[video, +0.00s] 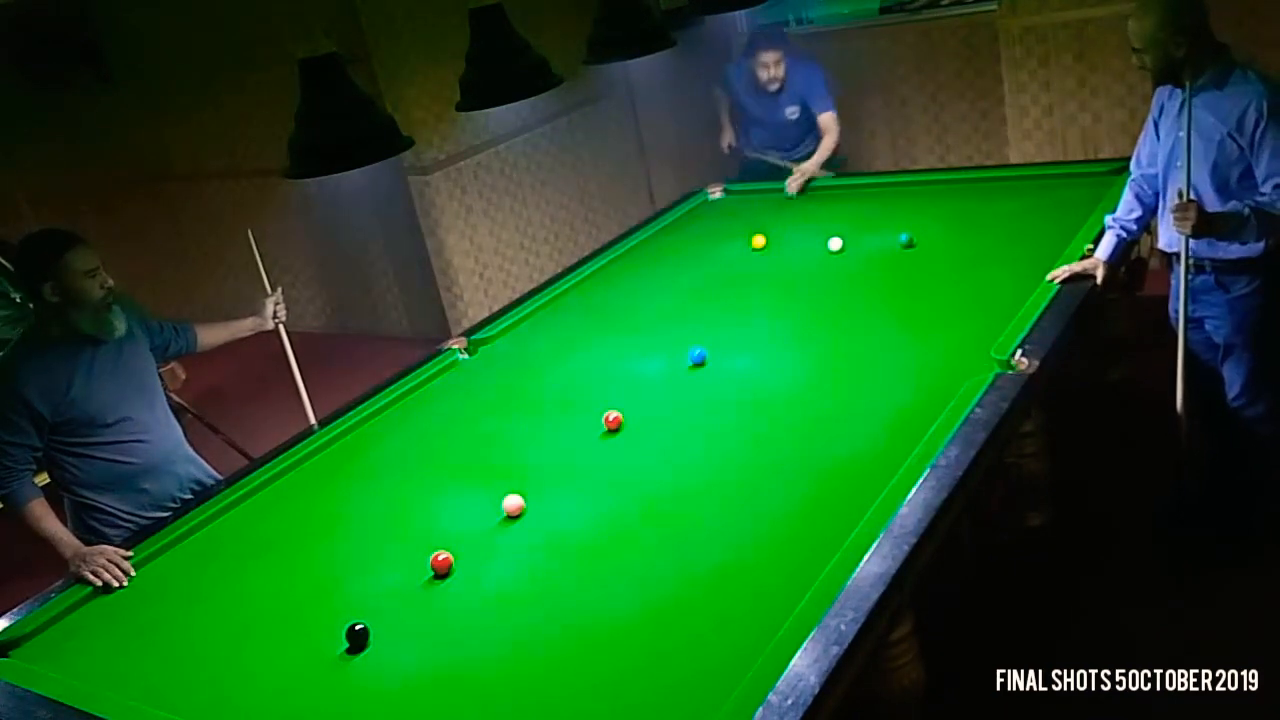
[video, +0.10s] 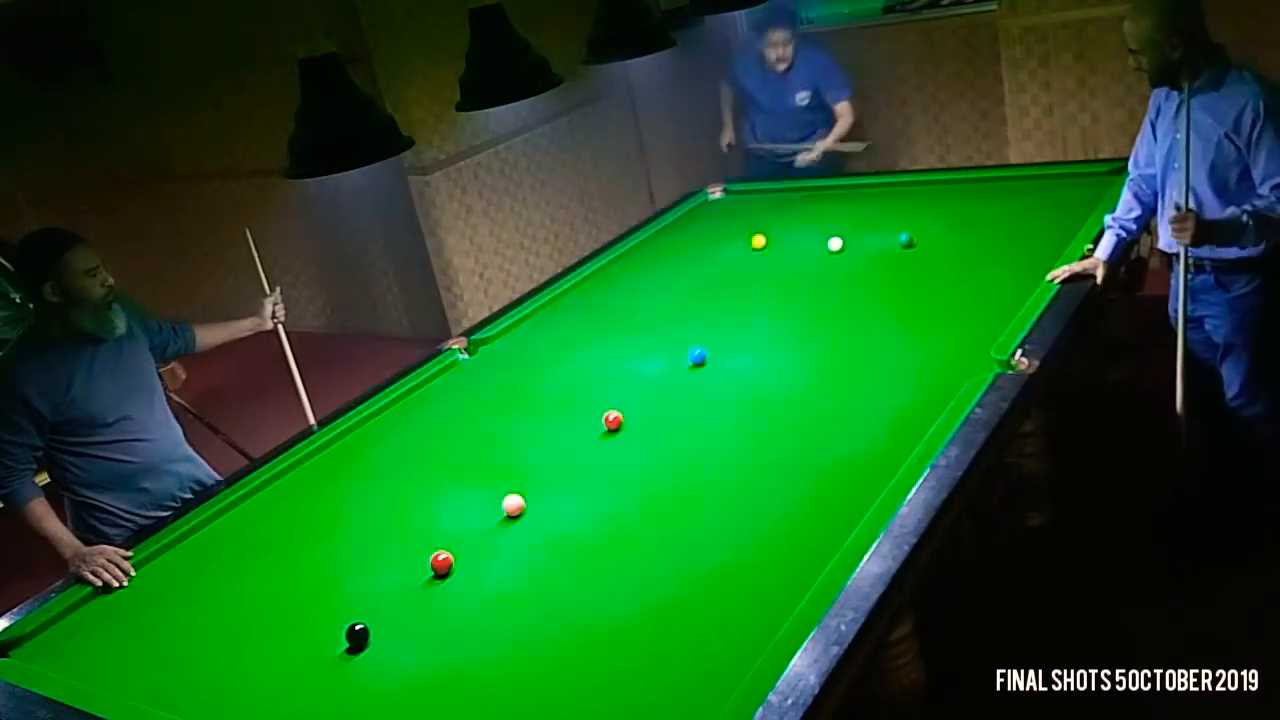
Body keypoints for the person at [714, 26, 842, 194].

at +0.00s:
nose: (772, 74)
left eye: (778, 65)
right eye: (764, 67)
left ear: (786, 61)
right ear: (750, 65)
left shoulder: (807, 76)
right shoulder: (736, 76)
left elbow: (831, 131)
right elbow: (720, 91)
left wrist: (811, 166)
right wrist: (726, 127)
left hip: (803, 161)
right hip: (758, 161)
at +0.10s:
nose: (780, 54)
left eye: (786, 45)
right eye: (773, 46)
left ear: (794, 42)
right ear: (759, 45)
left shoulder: (815, 62)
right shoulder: (744, 63)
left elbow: (845, 115)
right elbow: (727, 86)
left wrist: (822, 147)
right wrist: (728, 127)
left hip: (810, 157)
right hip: (763, 157)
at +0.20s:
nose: (789, 35)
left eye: (795, 27)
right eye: (781, 28)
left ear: (804, 26)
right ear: (769, 30)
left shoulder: (824, 50)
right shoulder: (751, 52)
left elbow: (854, 97)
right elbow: (733, 82)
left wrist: (831, 129)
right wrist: (730, 128)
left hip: (816, 152)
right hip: (767, 152)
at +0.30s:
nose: (797, 19)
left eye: (802, 12)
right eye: (789, 13)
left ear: (811, 15)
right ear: (776, 17)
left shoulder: (830, 37)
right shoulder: (755, 45)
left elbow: (855, 77)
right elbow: (738, 82)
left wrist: (844, 110)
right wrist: (734, 134)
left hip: (822, 150)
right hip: (773, 152)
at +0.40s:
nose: (805, 11)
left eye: (810, 4)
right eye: (797, 5)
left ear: (817, 7)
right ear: (784, 9)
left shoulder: (839, 29)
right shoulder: (760, 40)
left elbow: (858, 65)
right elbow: (744, 88)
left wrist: (850, 97)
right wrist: (739, 144)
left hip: (829, 147)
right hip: (780, 151)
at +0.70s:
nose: (826, 2)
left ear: (837, 1)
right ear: (802, 3)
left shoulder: (853, 20)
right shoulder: (783, 40)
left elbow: (868, 55)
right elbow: (769, 101)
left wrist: (870, 77)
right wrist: (783, 163)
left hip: (853, 147)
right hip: (805, 153)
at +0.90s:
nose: (839, 0)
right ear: (818, 0)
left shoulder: (868, 13)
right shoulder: (804, 34)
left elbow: (879, 58)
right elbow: (794, 104)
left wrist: (889, 78)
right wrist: (818, 160)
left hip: (877, 146)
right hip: (837, 153)